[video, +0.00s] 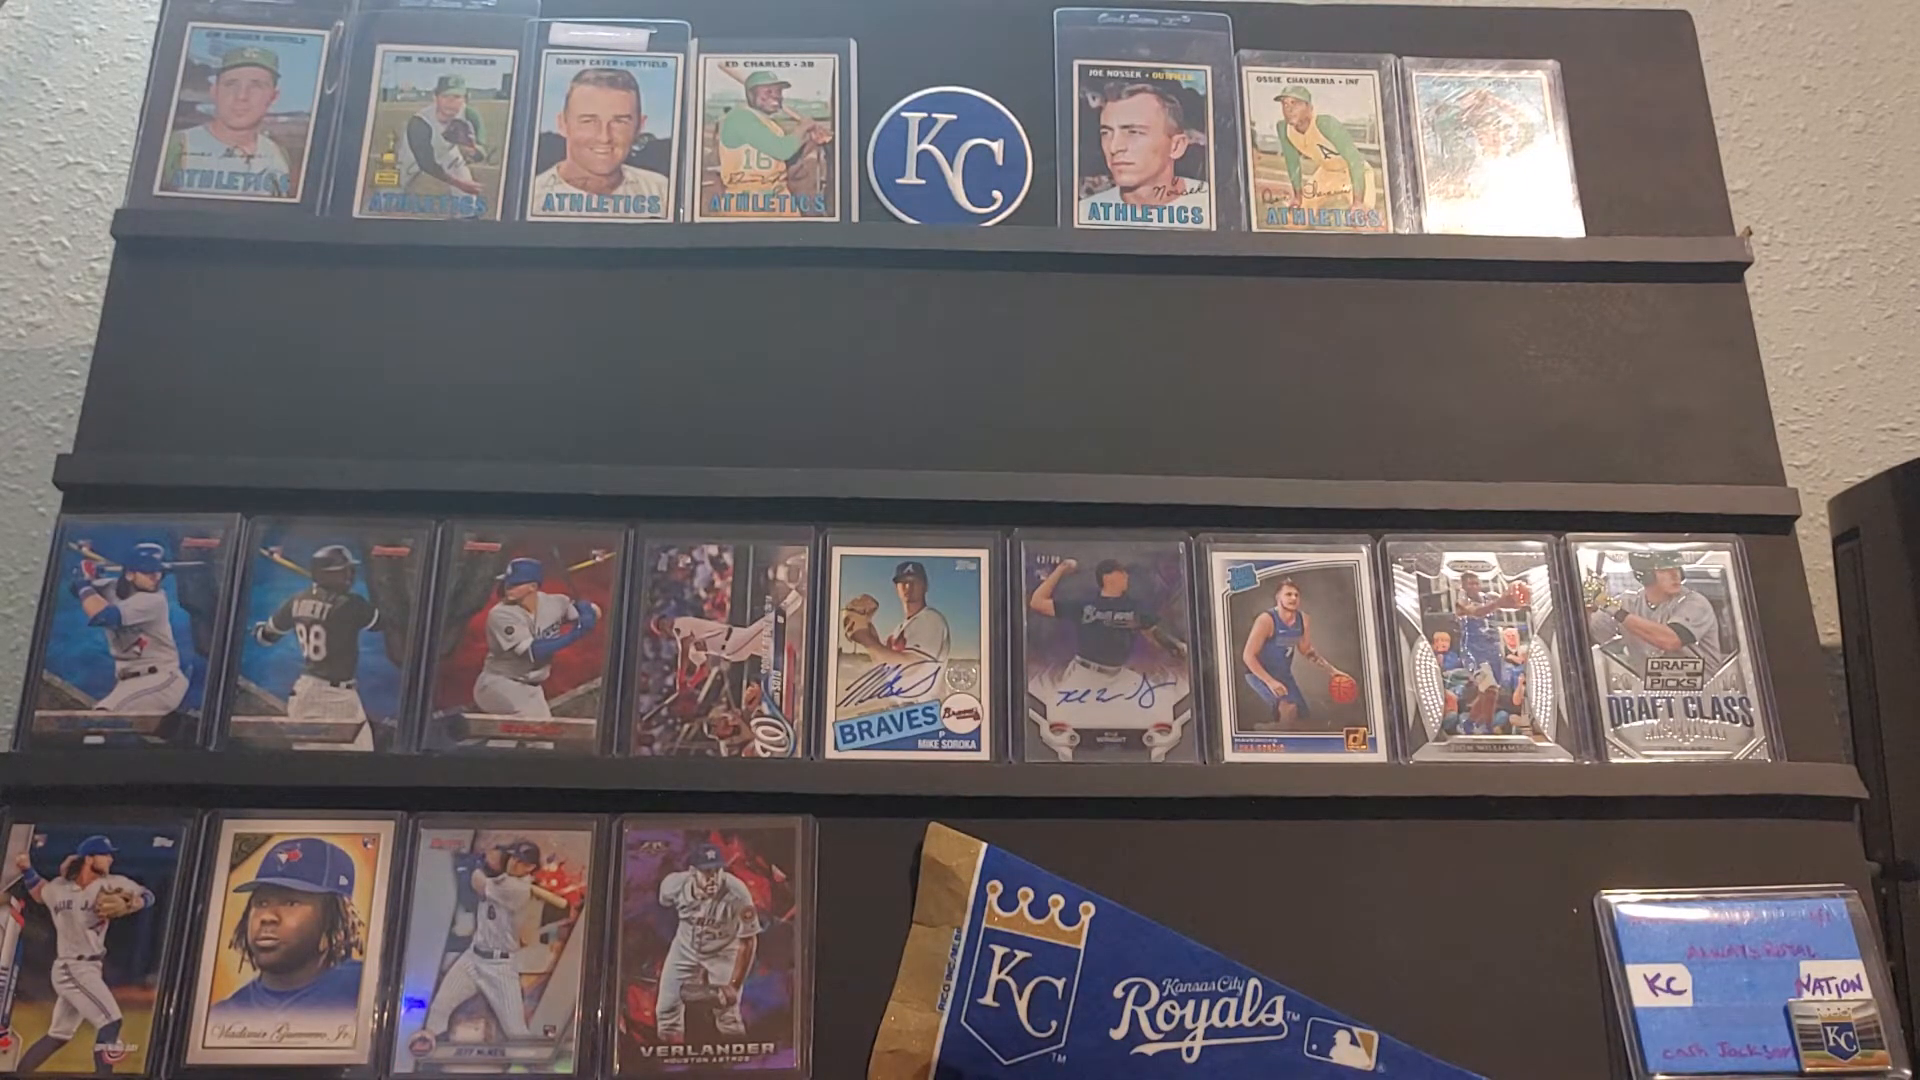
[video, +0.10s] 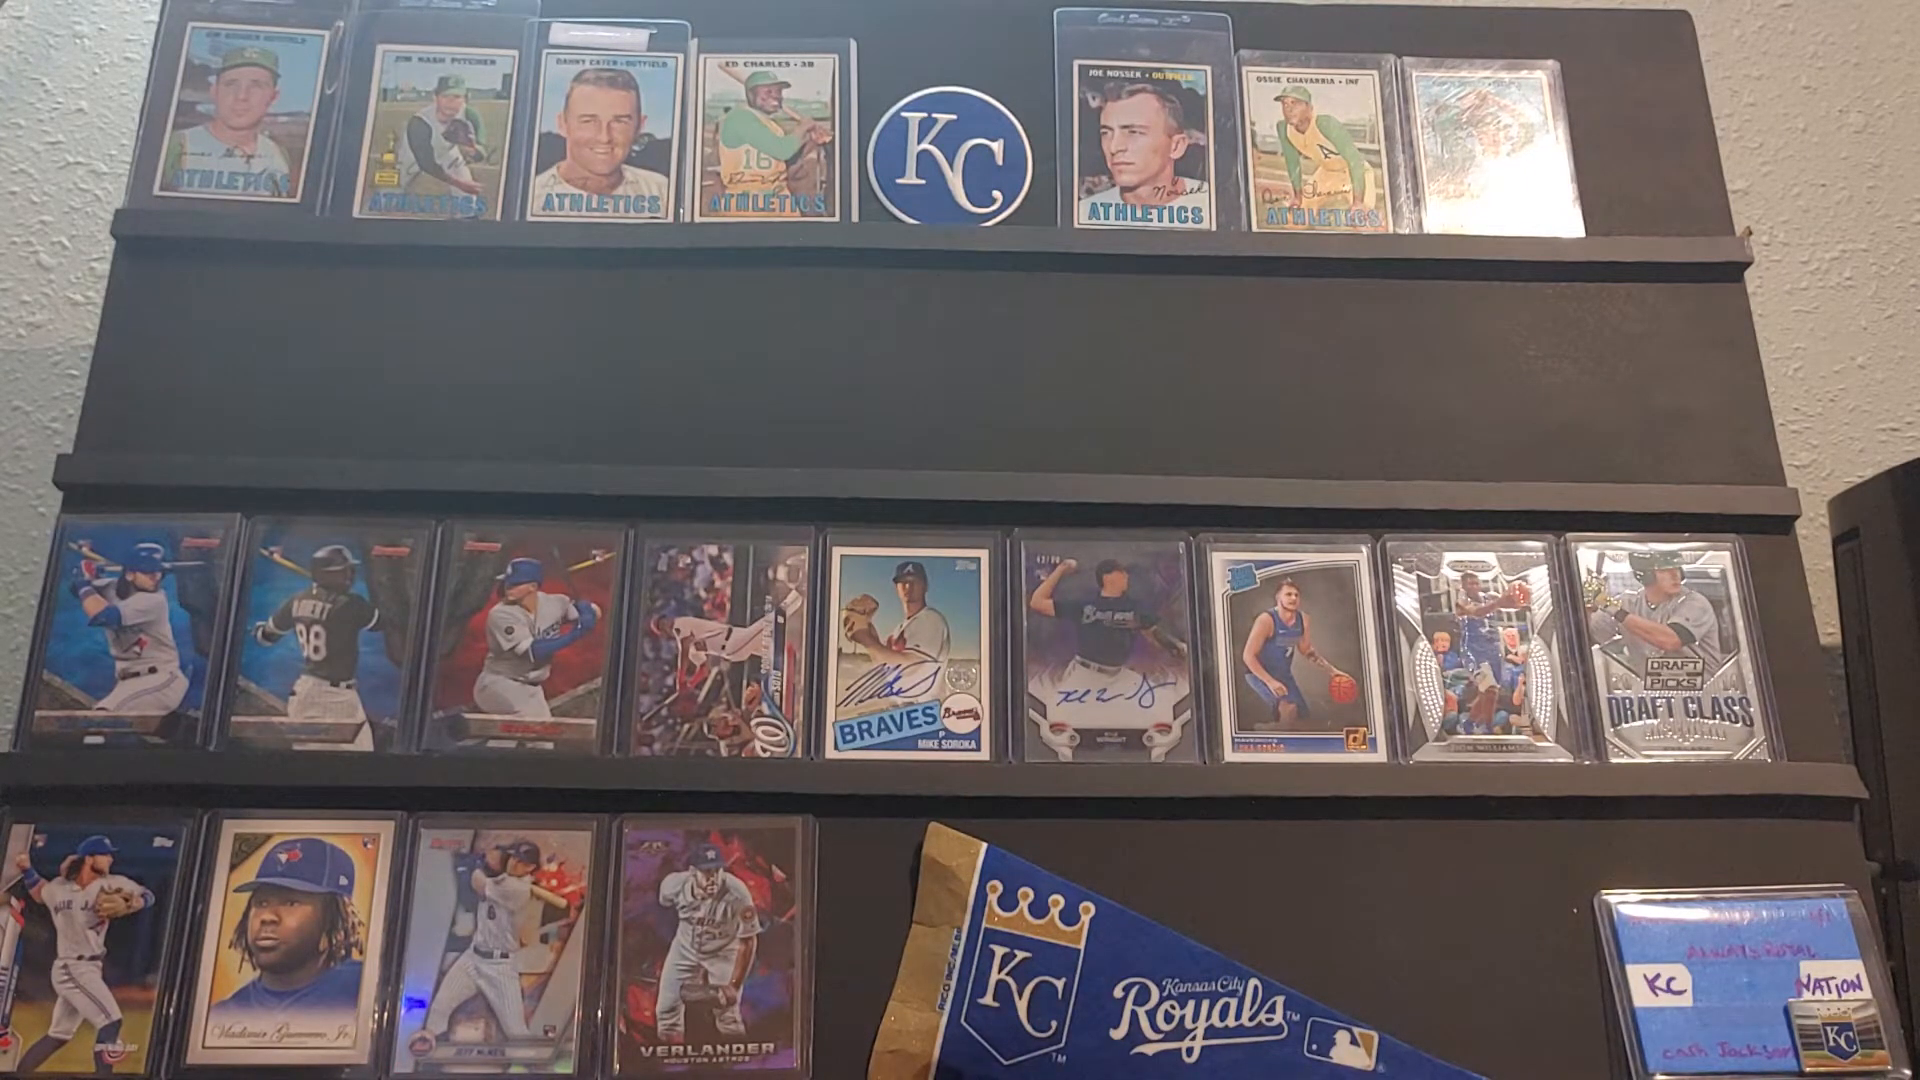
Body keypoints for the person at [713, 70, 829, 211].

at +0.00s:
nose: (776, 97)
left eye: (778, 92)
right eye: (769, 92)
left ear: (782, 93)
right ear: (752, 94)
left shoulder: (773, 126)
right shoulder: (739, 118)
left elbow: (785, 167)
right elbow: (782, 151)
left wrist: (811, 143)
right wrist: (803, 128)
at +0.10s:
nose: (776, 97)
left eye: (778, 92)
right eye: (769, 92)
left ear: (782, 93)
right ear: (752, 94)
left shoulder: (773, 126)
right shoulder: (739, 118)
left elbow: (785, 167)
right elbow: (782, 151)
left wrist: (811, 143)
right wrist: (803, 128)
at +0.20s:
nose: (776, 97)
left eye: (778, 92)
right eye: (769, 92)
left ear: (782, 93)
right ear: (752, 94)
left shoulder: (773, 126)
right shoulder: (739, 118)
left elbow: (785, 167)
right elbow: (782, 151)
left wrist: (811, 143)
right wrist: (803, 128)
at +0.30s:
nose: (776, 97)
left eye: (778, 92)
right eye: (769, 92)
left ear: (782, 93)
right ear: (752, 94)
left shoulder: (773, 126)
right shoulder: (739, 118)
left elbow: (785, 168)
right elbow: (783, 151)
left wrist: (811, 143)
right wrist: (803, 128)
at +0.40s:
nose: (776, 97)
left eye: (778, 92)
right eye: (769, 92)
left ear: (782, 93)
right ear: (752, 94)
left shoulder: (773, 126)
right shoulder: (739, 118)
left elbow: (785, 168)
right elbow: (783, 151)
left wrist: (811, 143)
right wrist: (803, 128)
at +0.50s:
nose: (776, 97)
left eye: (778, 92)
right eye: (769, 92)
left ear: (782, 93)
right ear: (752, 94)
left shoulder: (773, 126)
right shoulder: (739, 118)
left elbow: (785, 168)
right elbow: (782, 151)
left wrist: (811, 143)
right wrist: (803, 128)